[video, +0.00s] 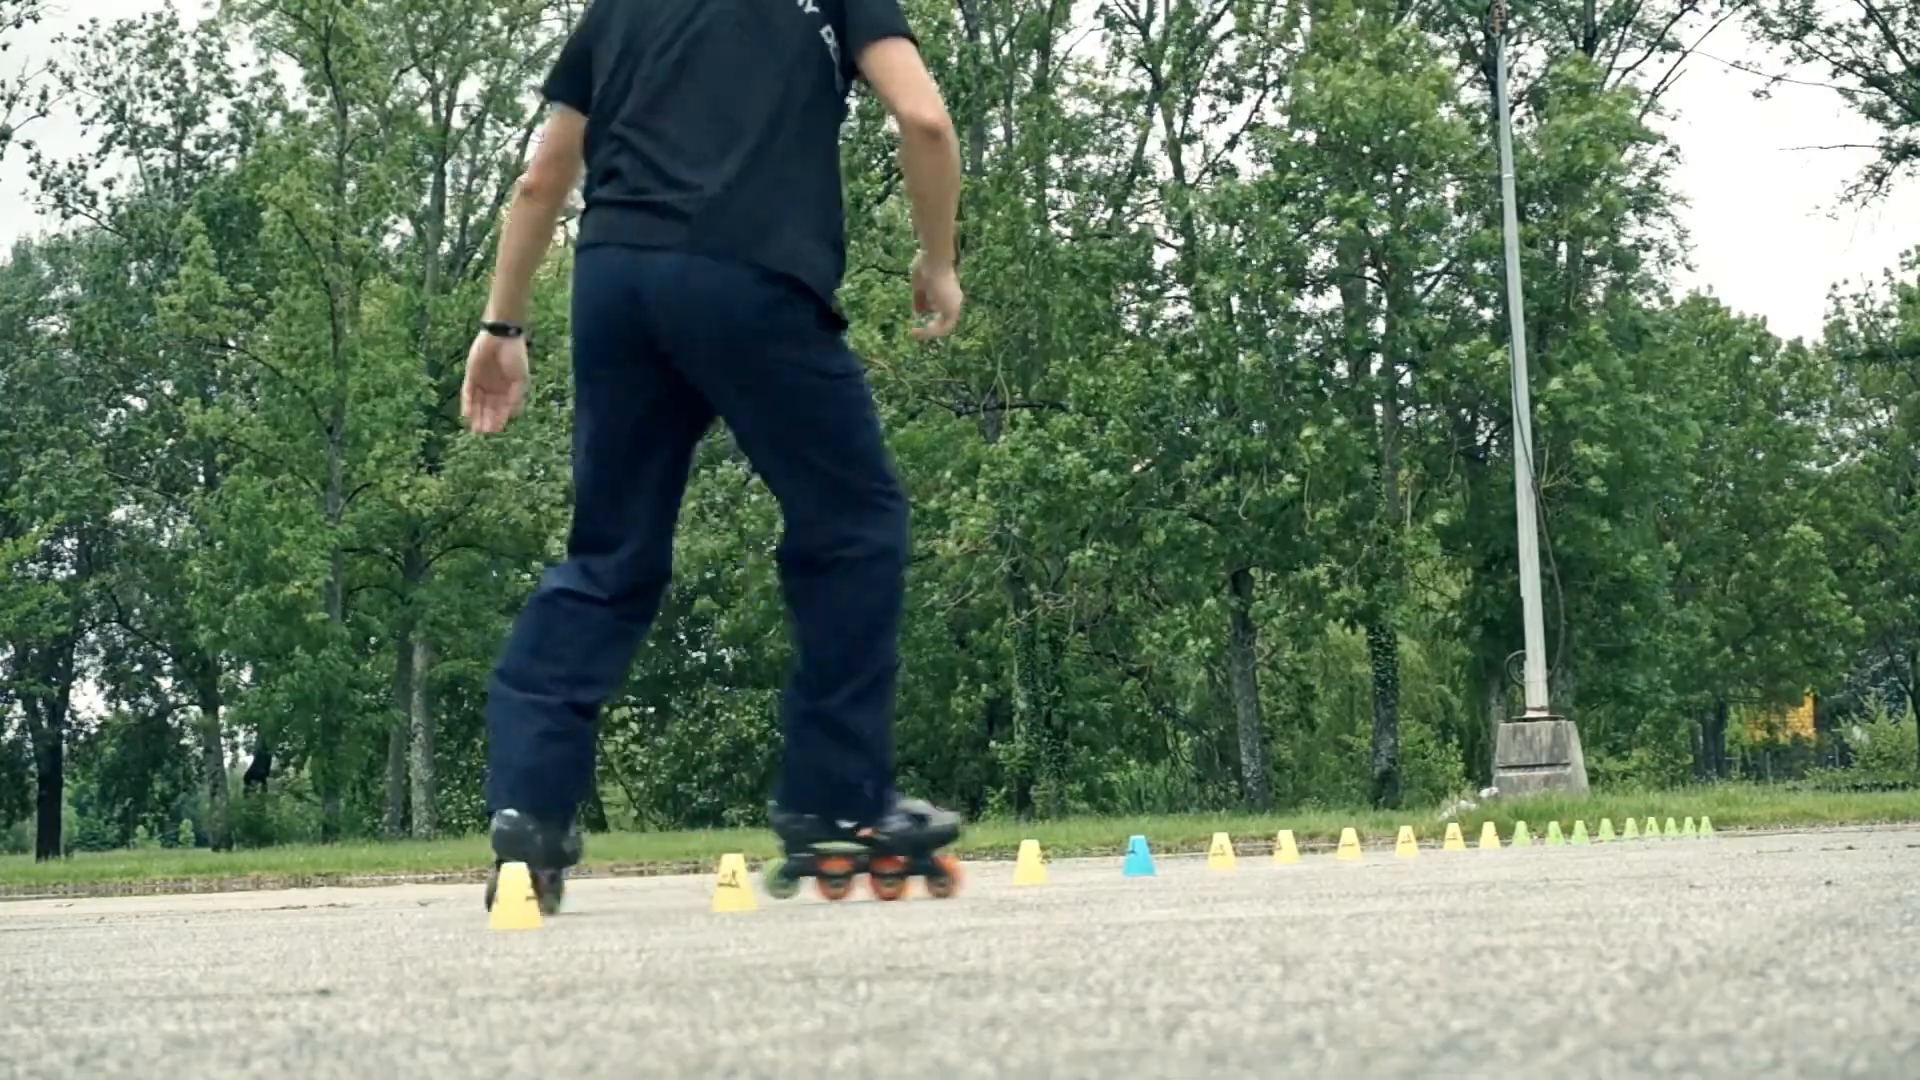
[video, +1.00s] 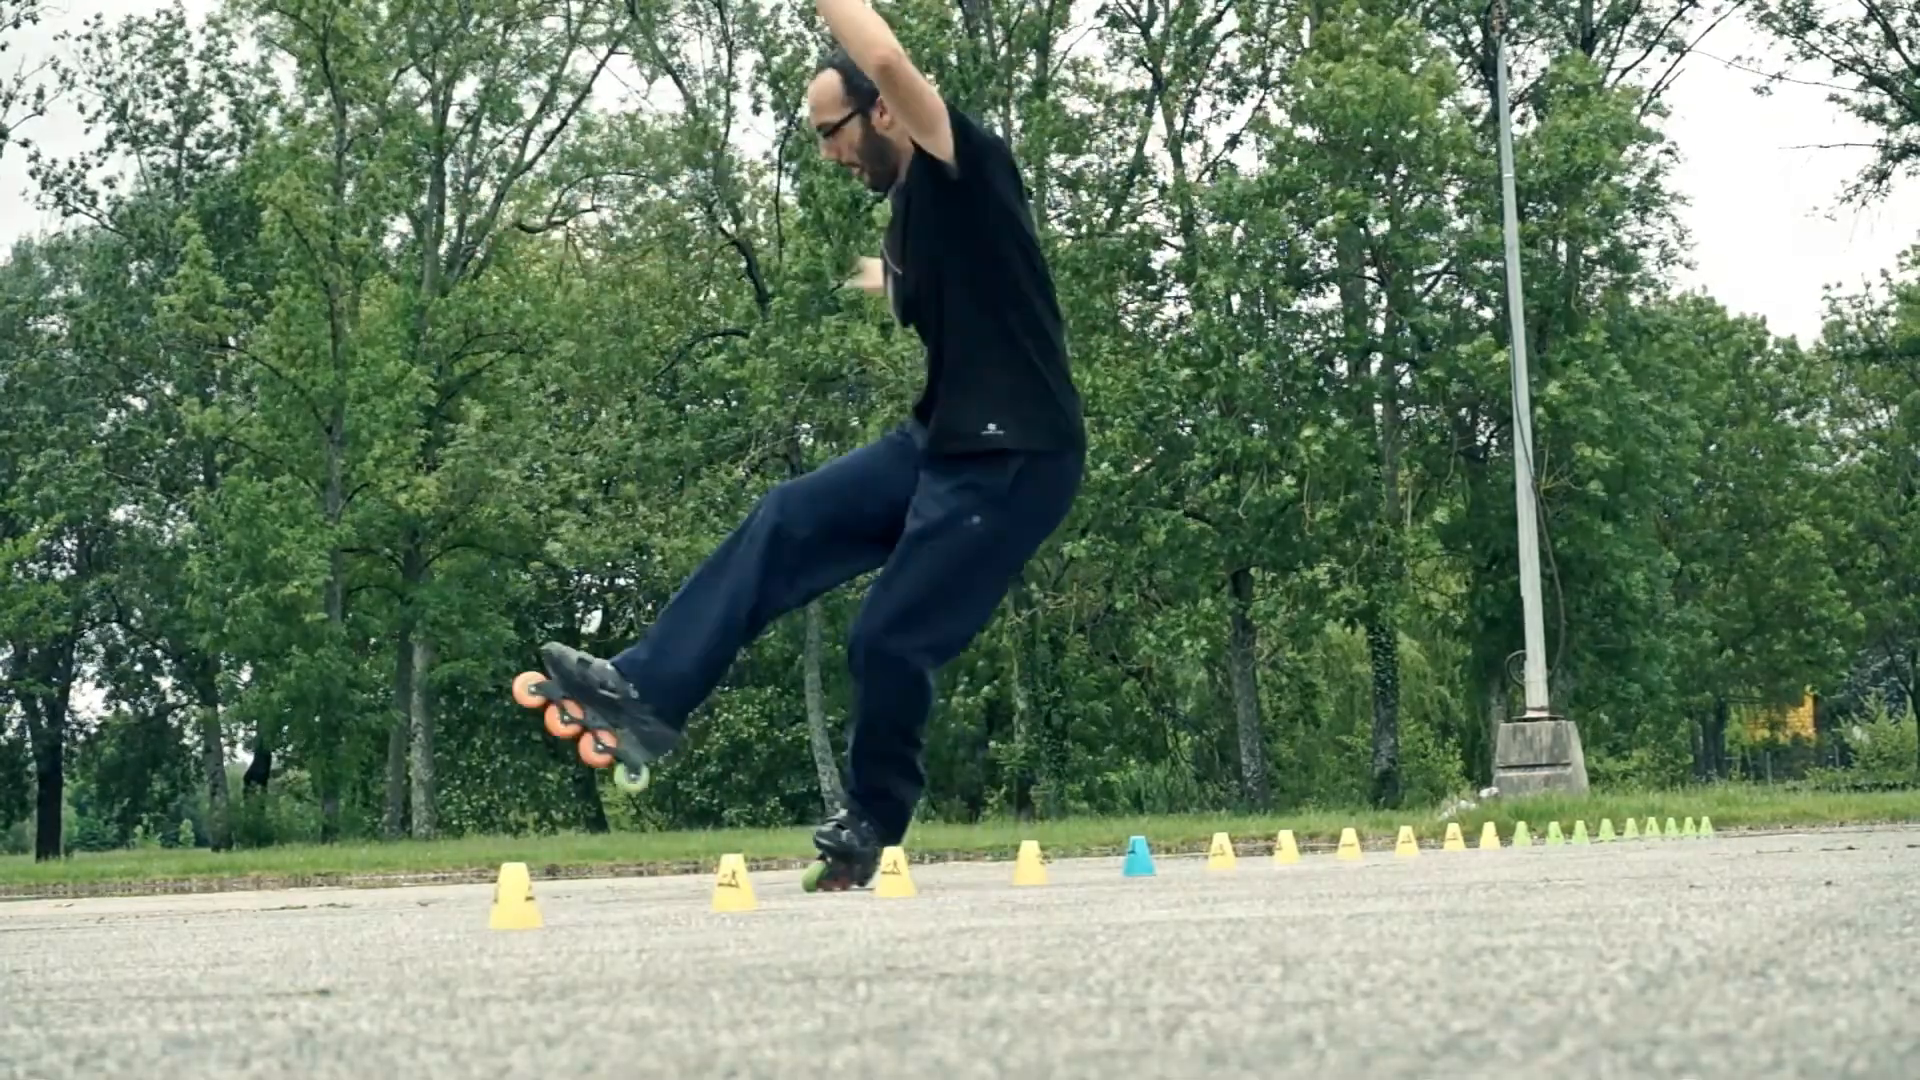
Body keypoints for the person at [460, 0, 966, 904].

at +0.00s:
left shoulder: (615, 9)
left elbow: (542, 175)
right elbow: (925, 115)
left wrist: (502, 320)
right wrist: (939, 258)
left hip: (611, 281)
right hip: (751, 281)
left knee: (608, 555)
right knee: (854, 524)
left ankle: (529, 804)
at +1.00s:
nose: (831, 152)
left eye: (834, 129)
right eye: (821, 137)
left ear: (881, 107)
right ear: (866, 127)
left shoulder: (962, 167)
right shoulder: (910, 209)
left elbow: (886, 61)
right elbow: (926, 278)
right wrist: (885, 278)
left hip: (1016, 456)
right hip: (937, 441)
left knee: (891, 636)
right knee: (787, 521)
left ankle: (875, 818)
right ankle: (651, 691)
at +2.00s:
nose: (1654, 99)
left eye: (1648, 87)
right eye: (1642, 87)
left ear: (1554, 99)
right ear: (1604, 89)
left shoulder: (1494, 187)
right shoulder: (1613, 117)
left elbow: (1447, 317)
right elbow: (1752, 55)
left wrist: (1415, 396)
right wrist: (1795, 9)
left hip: (1503, 427)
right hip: (1593, 409)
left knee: (1670, 615)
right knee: (1655, 620)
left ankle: (1782, 793)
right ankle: (1484, 729)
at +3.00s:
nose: (1260, 33)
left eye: (1274, 14)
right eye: (1249, 19)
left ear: (1332, 1)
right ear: (1248, 16)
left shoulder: (1405, 90)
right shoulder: (1277, 96)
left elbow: (1483, 239)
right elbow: (1216, 208)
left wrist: (1429, 365)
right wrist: (1128, 306)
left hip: (1391, 394)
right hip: (1307, 410)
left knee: (1281, 584)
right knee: (1306, 611)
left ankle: (1217, 792)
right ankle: (1507, 740)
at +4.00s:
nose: (907, 6)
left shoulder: (986, 25)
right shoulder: (1101, 8)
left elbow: (987, 215)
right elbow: (1220, 94)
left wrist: (967, 301)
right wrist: (1252, 242)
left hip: (1152, 294)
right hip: (1221, 282)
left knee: (1076, 548)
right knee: (1269, 538)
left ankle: (1180, 777)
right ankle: (1395, 743)